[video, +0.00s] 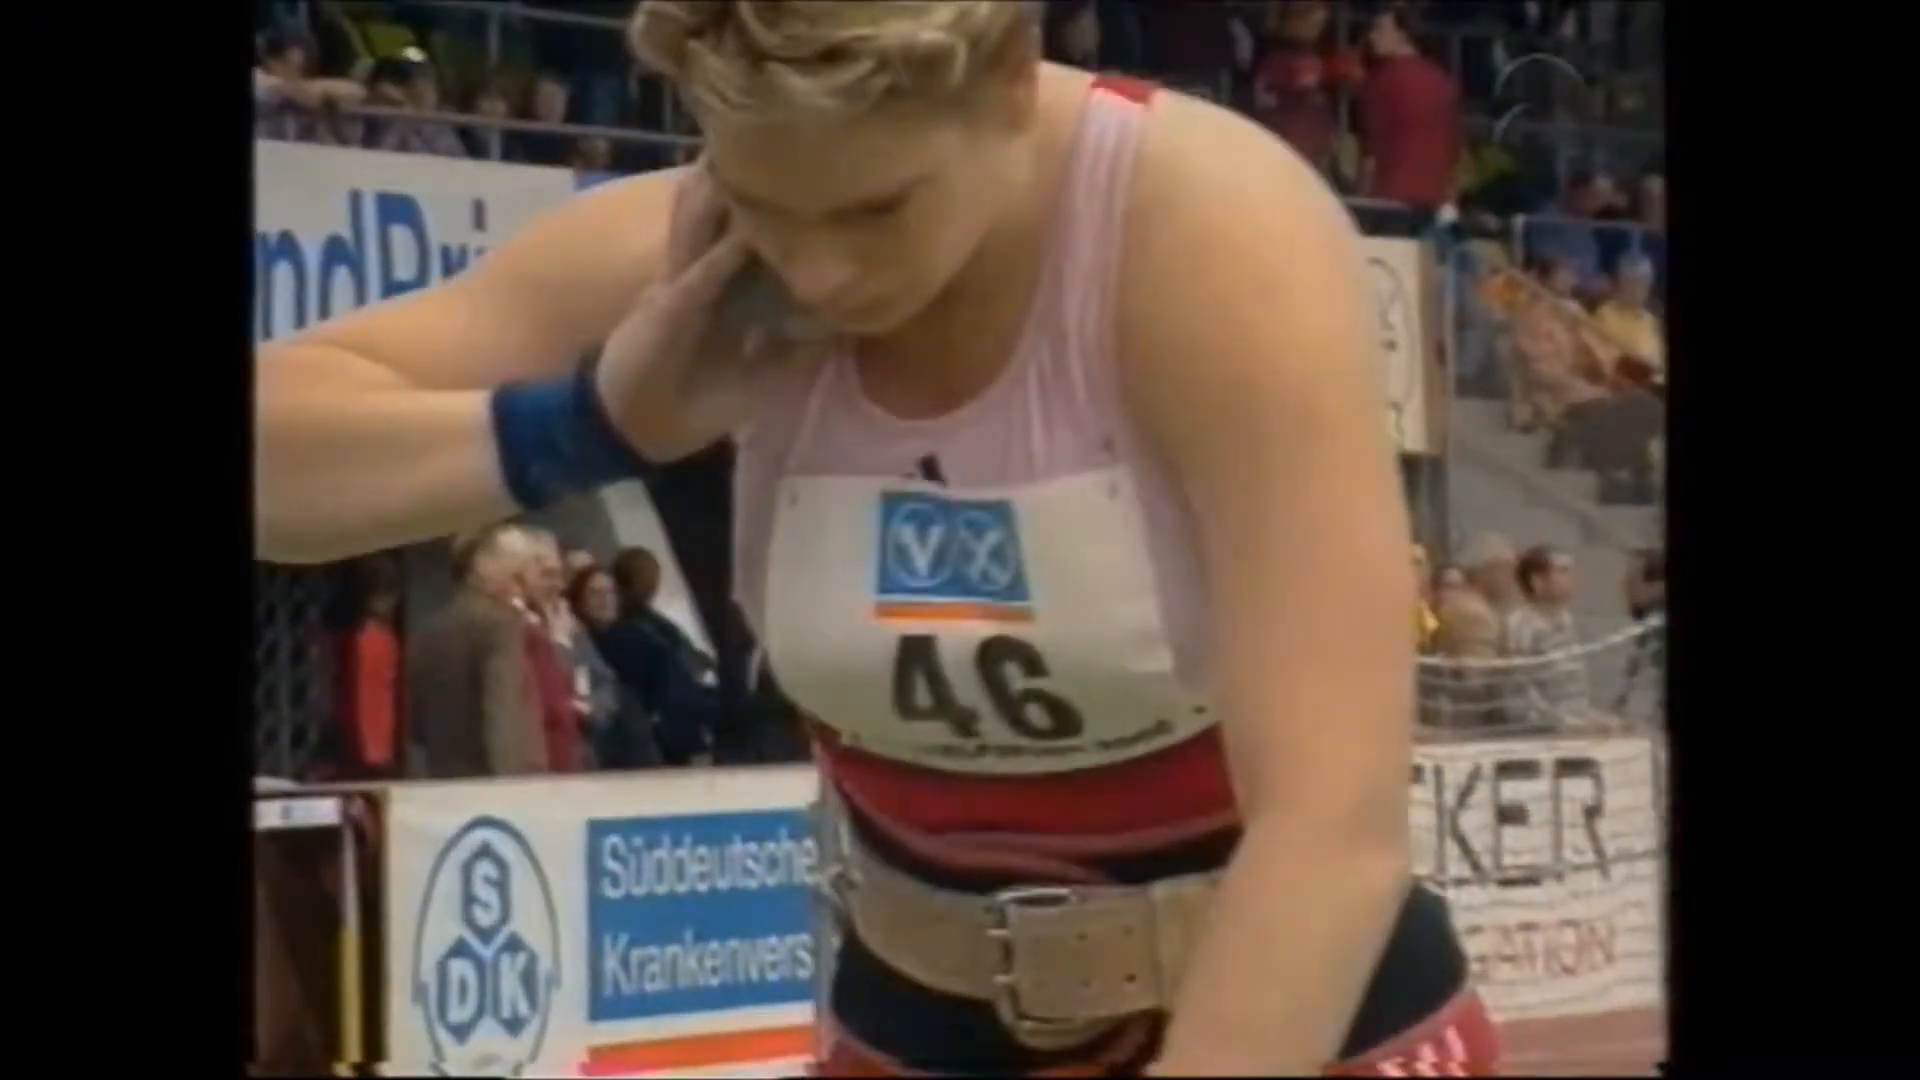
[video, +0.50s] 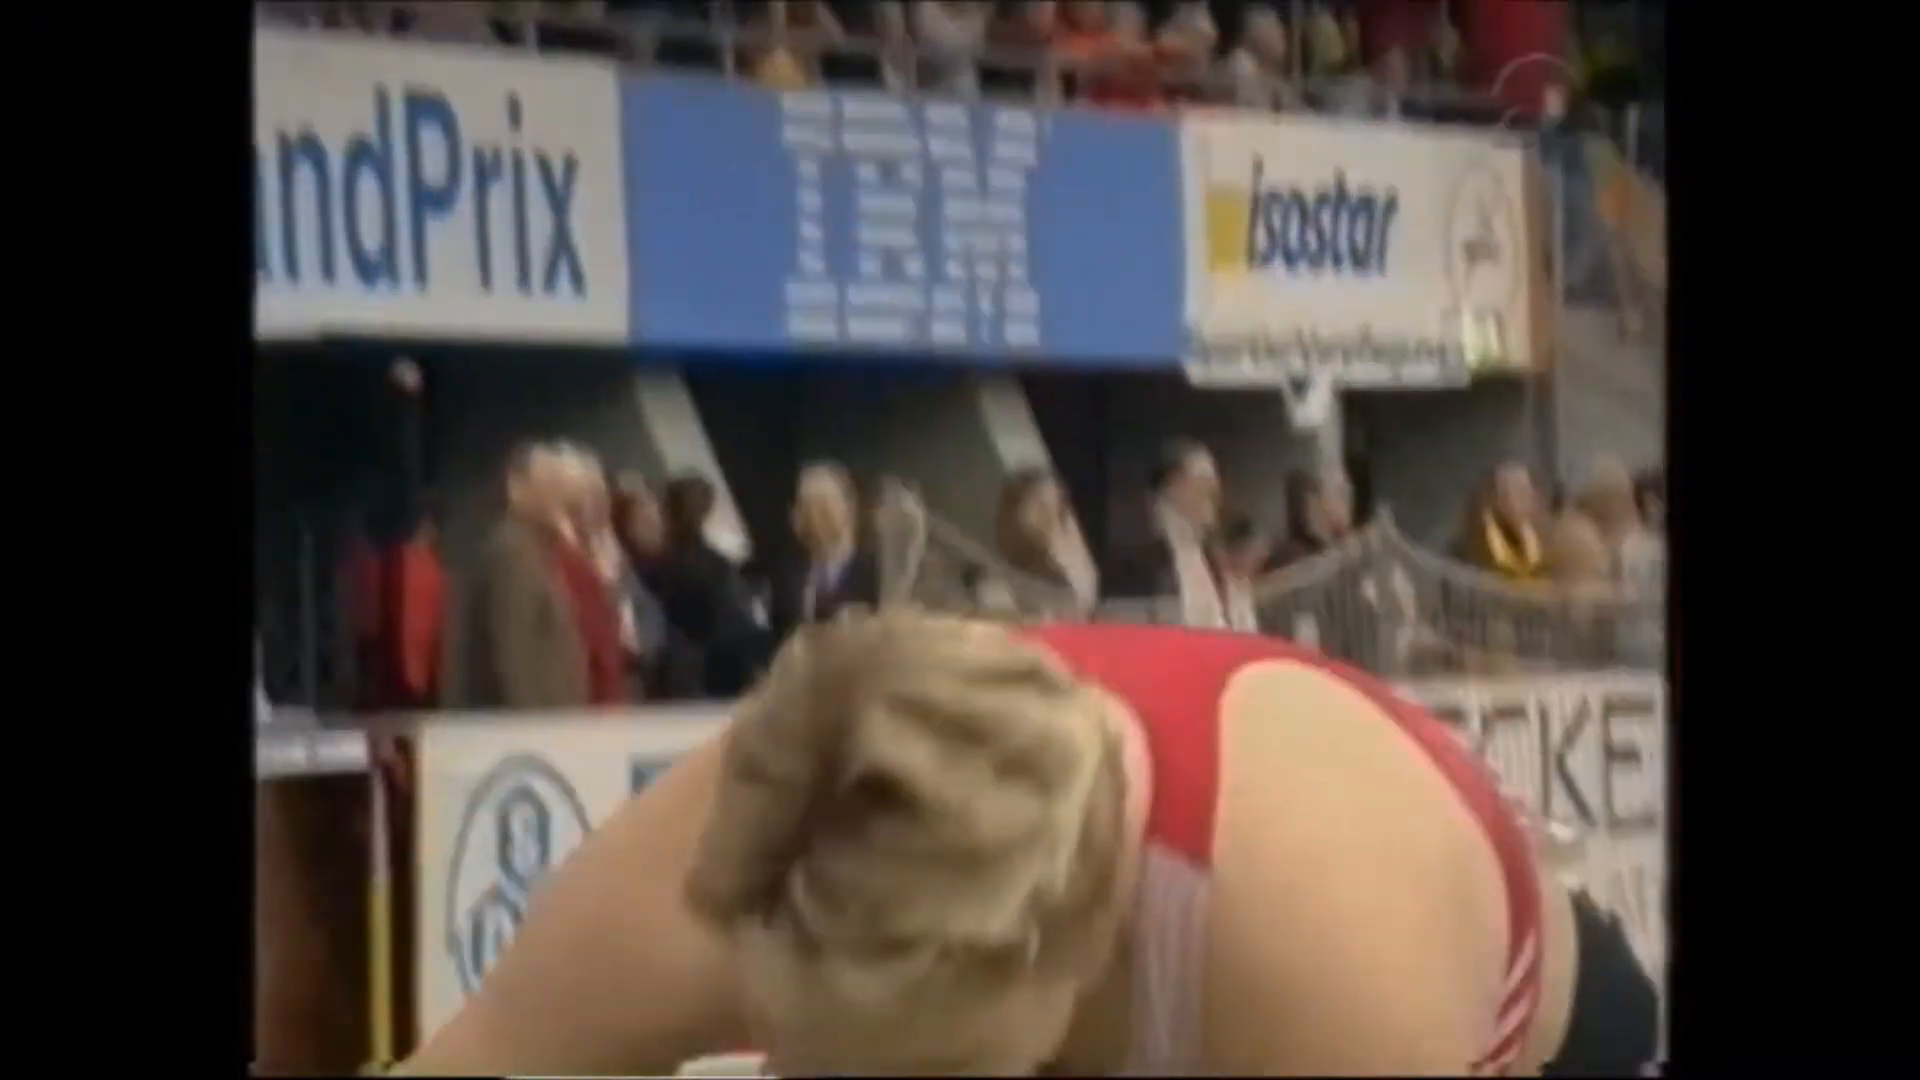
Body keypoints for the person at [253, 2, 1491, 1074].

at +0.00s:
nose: (811, 276)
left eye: (873, 215)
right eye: (758, 216)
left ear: (1011, 94)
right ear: (703, 139)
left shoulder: (1210, 225)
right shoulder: (662, 249)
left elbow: (1335, 822)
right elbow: (263, 465)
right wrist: (584, 430)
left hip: (1268, 1004)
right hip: (914, 1028)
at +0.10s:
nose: (837, 380)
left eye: (898, 317)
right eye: (784, 318)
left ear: (1039, 189)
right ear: (729, 229)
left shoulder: (1253, 309)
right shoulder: (674, 316)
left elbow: (1375, 957)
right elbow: (269, 548)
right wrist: (624, 528)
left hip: (1303, 1014)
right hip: (962, 1021)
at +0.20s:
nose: (854, 520)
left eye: (912, 461)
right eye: (802, 459)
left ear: (1050, 326)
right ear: (740, 361)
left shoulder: (1281, 419)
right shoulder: (695, 402)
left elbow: (1402, 1017)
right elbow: (288, 700)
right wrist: (673, 670)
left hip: (1331, 1022)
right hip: (1011, 1018)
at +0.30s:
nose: (893, 781)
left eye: (947, 730)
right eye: (841, 727)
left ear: (1079, 590)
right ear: (765, 616)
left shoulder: (1315, 651)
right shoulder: (699, 613)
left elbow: (1452, 1057)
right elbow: (327, 976)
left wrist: (1135, 1071)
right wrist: (731, 924)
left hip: (1430, 1025)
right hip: (1084, 1010)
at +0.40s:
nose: (923, 947)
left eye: (967, 905)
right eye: (871, 907)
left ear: (1085, 755)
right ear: (789, 767)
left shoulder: (1334, 779)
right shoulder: (684, 746)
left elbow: (1417, 1062)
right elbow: (418, 1031)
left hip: (1433, 1021)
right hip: (1085, 1007)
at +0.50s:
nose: (889, 1071)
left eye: (953, 1048)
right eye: (833, 1046)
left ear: (1067, 956)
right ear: (781, 929)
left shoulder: (1318, 963)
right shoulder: (680, 876)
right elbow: (455, 1058)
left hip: (1511, 957)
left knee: (1620, 1028)